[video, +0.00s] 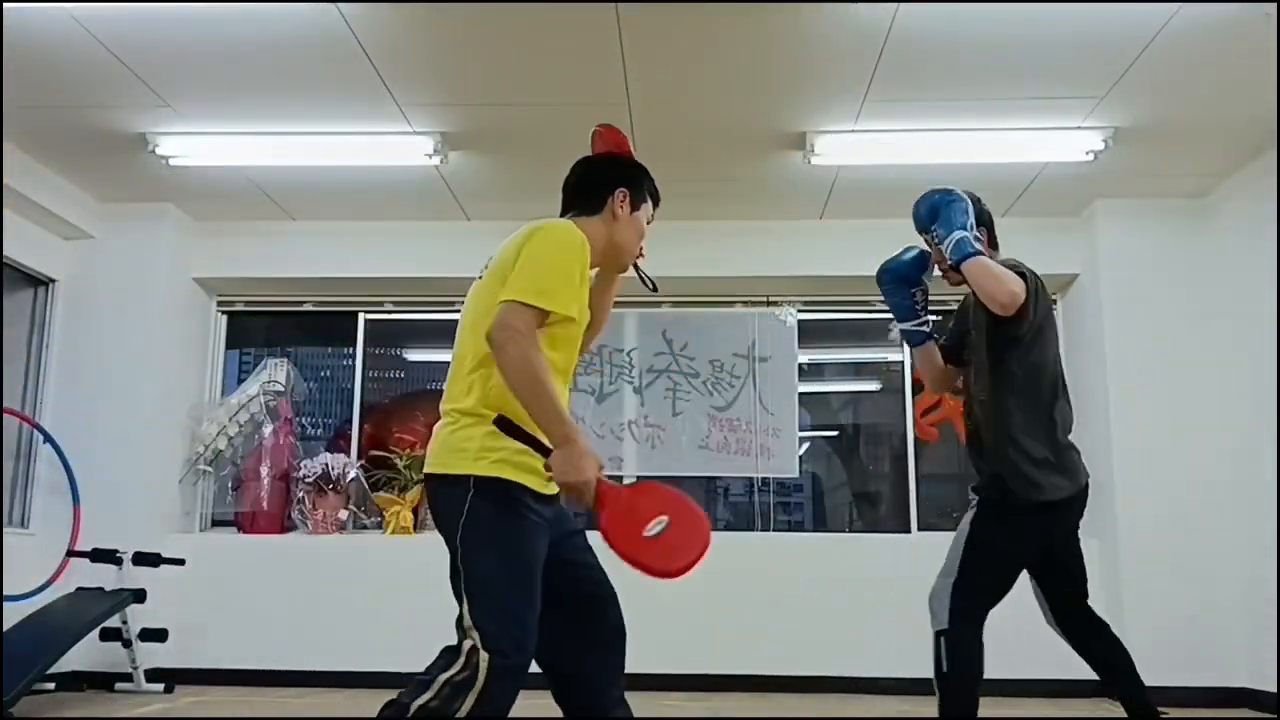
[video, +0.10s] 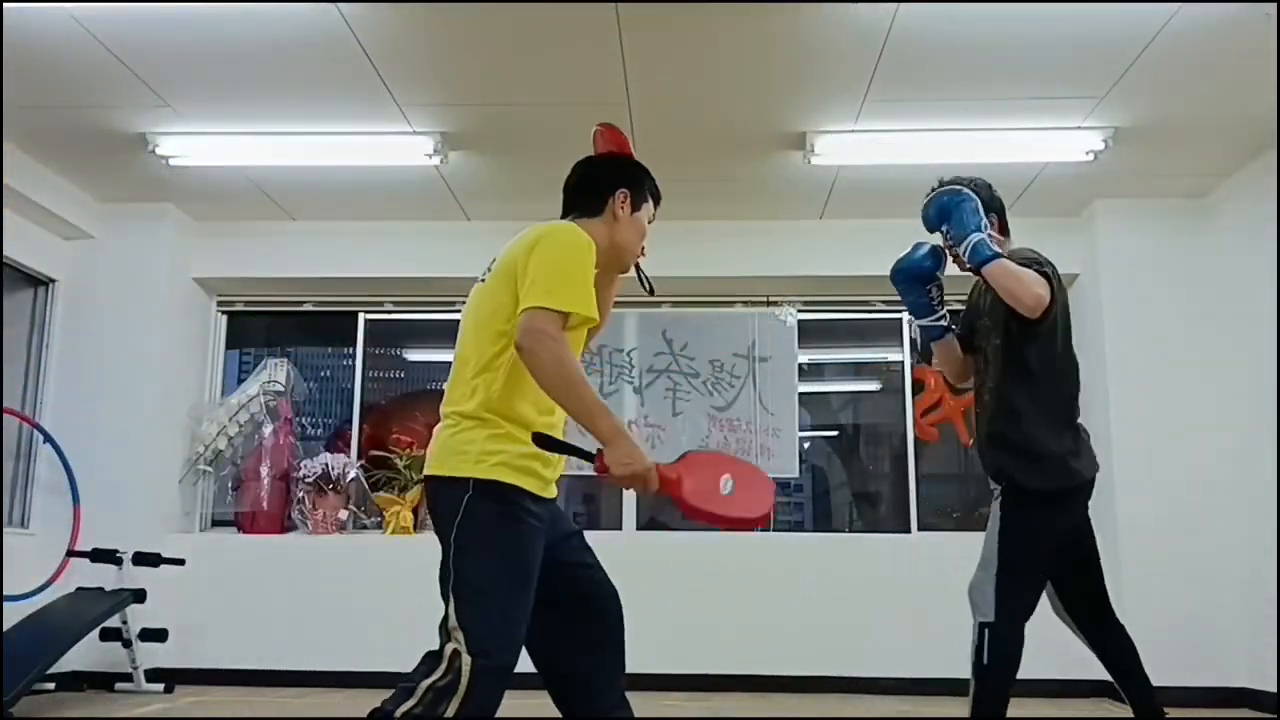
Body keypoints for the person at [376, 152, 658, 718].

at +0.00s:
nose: (643, 240)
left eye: (649, 225)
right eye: (645, 220)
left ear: (599, 205)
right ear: (618, 203)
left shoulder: (556, 262)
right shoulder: (559, 238)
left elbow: (578, 339)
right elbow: (511, 333)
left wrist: (613, 268)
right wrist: (568, 440)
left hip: (531, 479)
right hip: (485, 472)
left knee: (590, 638)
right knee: (494, 654)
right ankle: (407, 711)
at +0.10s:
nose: (646, 239)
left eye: (651, 224)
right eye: (647, 219)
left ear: (592, 204)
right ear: (619, 204)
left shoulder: (539, 257)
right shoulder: (564, 241)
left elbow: (578, 336)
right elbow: (538, 336)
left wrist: (613, 269)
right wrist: (615, 436)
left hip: (526, 484)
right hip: (488, 477)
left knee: (588, 621)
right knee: (478, 656)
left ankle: (604, 715)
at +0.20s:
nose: (651, 242)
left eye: (657, 227)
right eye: (653, 222)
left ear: (609, 207)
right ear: (625, 206)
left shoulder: (561, 266)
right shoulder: (564, 245)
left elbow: (588, 344)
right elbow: (539, 343)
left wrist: (623, 272)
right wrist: (631, 428)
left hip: (535, 487)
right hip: (489, 481)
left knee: (602, 615)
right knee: (477, 660)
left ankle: (610, 715)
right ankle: (396, 715)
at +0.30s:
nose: (670, 234)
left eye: (675, 220)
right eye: (671, 215)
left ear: (634, 204)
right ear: (641, 202)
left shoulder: (597, 281)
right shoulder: (569, 247)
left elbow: (618, 337)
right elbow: (521, 334)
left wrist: (648, 265)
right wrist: (600, 422)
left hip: (555, 492)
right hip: (499, 484)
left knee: (616, 624)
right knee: (465, 650)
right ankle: (382, 716)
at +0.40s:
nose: (696, 229)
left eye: (700, 217)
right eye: (694, 211)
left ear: (655, 204)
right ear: (659, 200)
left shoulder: (632, 290)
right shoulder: (578, 246)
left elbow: (668, 323)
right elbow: (504, 325)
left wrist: (695, 254)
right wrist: (543, 410)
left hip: (570, 488)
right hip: (502, 474)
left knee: (615, 618)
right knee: (453, 630)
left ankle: (617, 717)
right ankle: (374, 713)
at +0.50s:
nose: (703, 233)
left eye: (706, 220)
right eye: (700, 215)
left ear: (664, 207)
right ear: (664, 202)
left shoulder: (660, 290)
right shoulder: (579, 246)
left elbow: (714, 306)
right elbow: (493, 317)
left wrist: (785, 274)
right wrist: (501, 406)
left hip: (560, 478)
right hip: (496, 464)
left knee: (608, 609)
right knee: (455, 630)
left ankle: (614, 713)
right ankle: (378, 711)